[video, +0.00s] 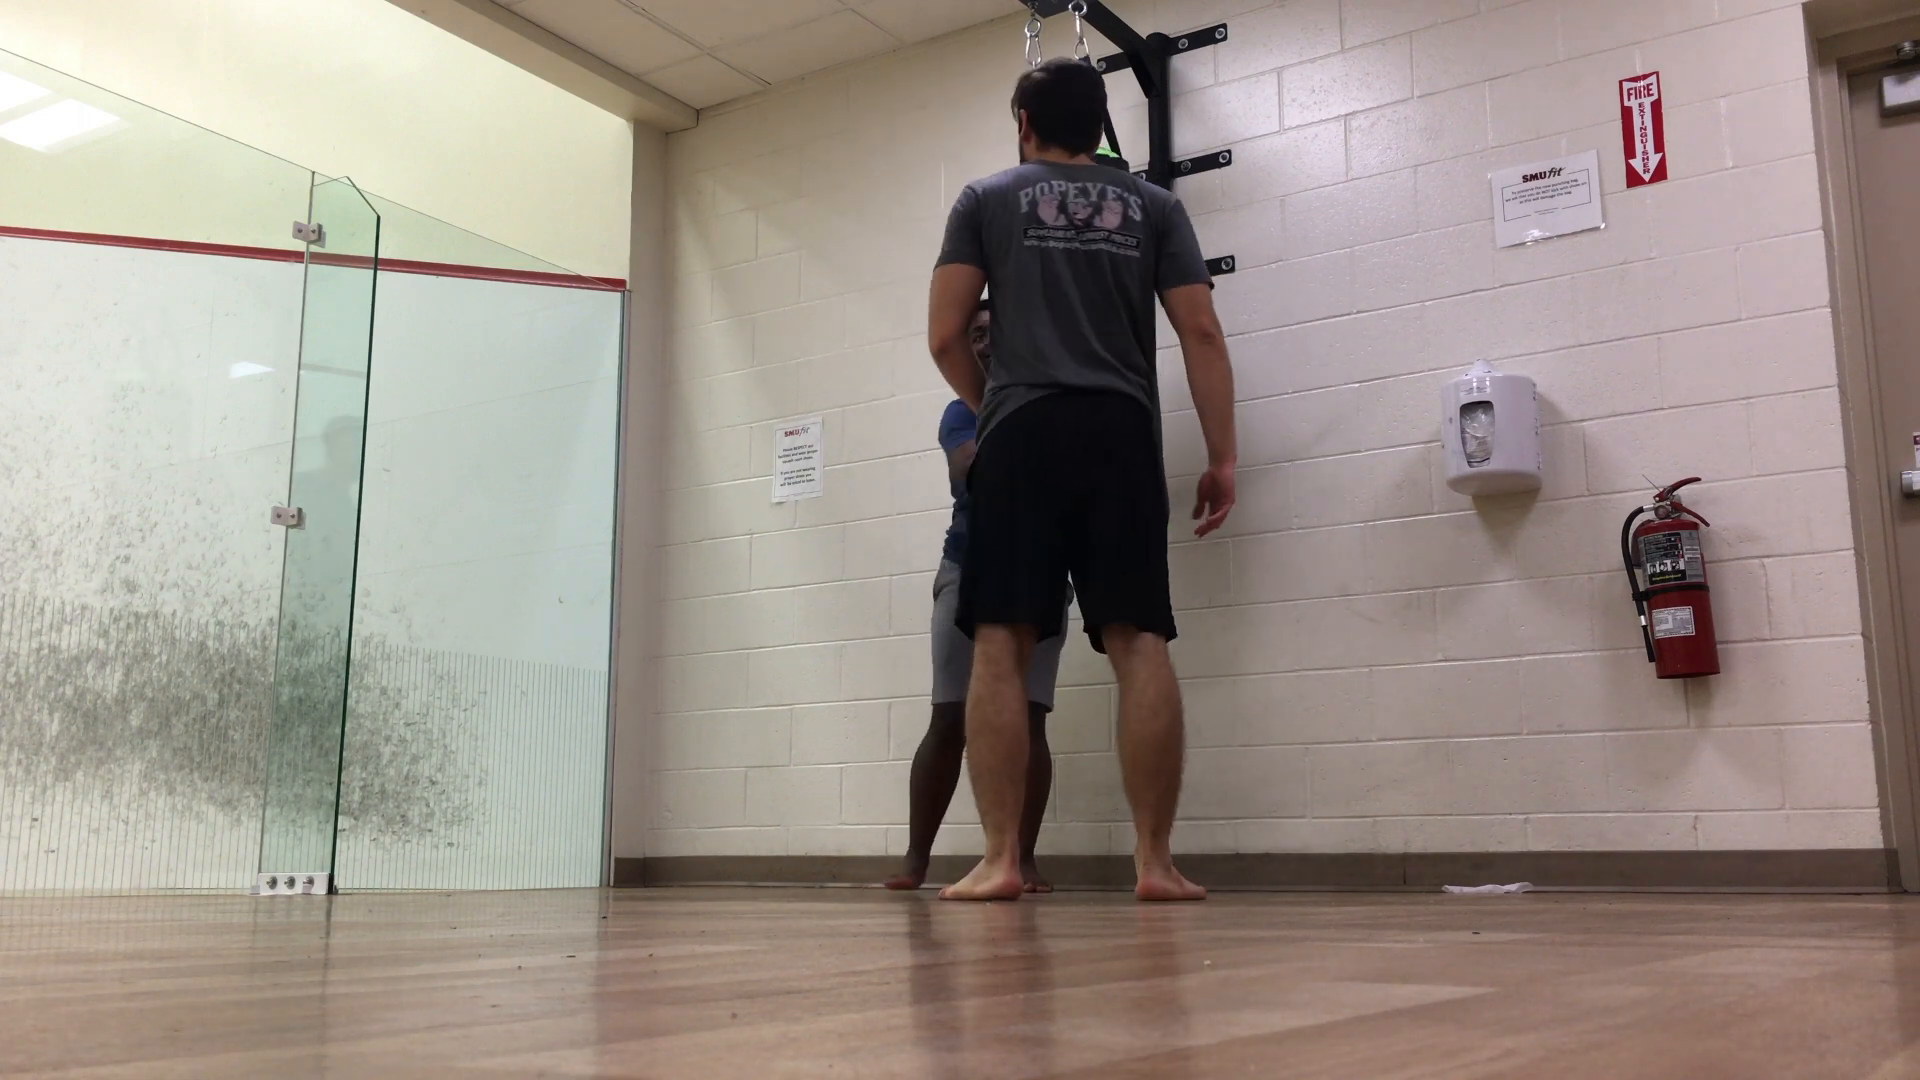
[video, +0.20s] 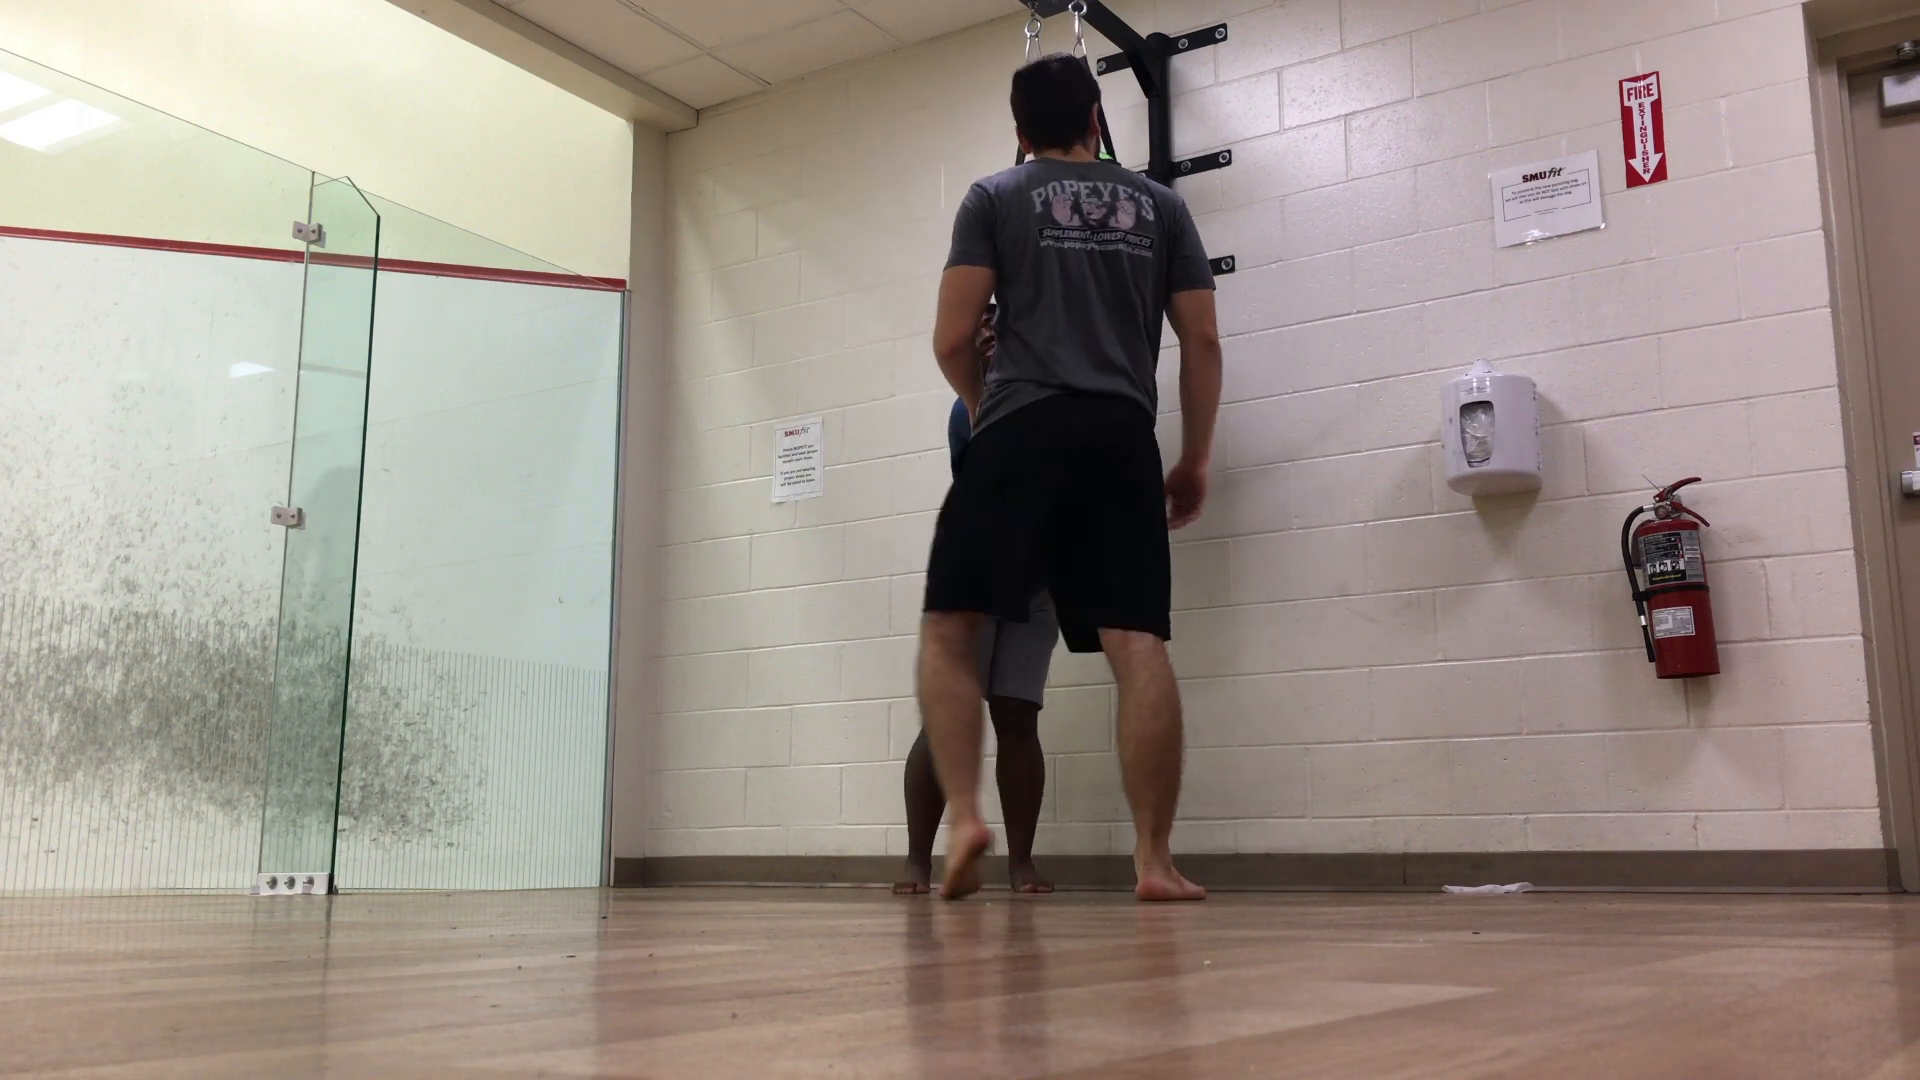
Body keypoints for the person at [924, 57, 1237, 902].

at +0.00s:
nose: (1016, 137)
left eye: (1015, 126)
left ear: (1025, 129)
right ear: (1104, 131)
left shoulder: (986, 199)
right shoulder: (1155, 206)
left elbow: (945, 335)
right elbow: (1201, 332)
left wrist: (992, 412)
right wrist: (1223, 455)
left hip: (1020, 443)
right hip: (1124, 443)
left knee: (999, 646)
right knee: (1140, 642)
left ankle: (1003, 860)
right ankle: (1154, 861)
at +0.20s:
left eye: (1019, 130)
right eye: (1099, 118)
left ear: (1018, 132)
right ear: (1100, 125)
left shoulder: (994, 198)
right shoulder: (1160, 204)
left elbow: (951, 340)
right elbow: (1202, 342)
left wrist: (987, 403)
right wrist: (1195, 456)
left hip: (1017, 443)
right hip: (1121, 445)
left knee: (949, 631)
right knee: (1140, 646)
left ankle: (965, 816)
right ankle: (1154, 862)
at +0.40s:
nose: (991, 132)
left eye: (991, 121)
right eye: (999, 120)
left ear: (1000, 126)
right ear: (1077, 127)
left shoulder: (958, 205)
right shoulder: (1131, 203)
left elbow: (932, 345)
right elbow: (1178, 338)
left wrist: (991, 388)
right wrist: (1173, 443)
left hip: (987, 444)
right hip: (1095, 448)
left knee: (931, 639)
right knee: (1123, 652)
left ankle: (884, 850)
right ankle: (1152, 862)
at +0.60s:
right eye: (1005, 128)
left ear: (933, 137)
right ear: (1013, 135)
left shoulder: (884, 221)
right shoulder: (1049, 203)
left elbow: (855, 360)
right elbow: (1092, 326)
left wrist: (924, 388)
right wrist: (1130, 445)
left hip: (924, 450)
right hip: (1033, 447)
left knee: (894, 644)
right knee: (1090, 646)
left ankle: (885, 861)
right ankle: (1148, 850)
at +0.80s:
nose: (961, 140)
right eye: (962, 128)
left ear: (880, 139)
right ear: (955, 130)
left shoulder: (832, 221)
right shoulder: (976, 185)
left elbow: (820, 364)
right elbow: (1003, 301)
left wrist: (874, 430)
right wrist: (1048, 425)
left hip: (870, 442)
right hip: (972, 429)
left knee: (867, 643)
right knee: (1032, 622)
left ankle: (883, 861)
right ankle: (1018, 841)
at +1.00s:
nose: (921, 126)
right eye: (919, 115)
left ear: (837, 130)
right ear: (914, 118)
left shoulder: (801, 219)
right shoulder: (921, 166)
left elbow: (794, 368)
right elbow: (943, 281)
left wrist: (793, 487)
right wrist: (991, 407)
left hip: (828, 440)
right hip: (909, 426)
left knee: (854, 642)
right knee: (936, 629)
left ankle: (884, 860)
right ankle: (775, 782)